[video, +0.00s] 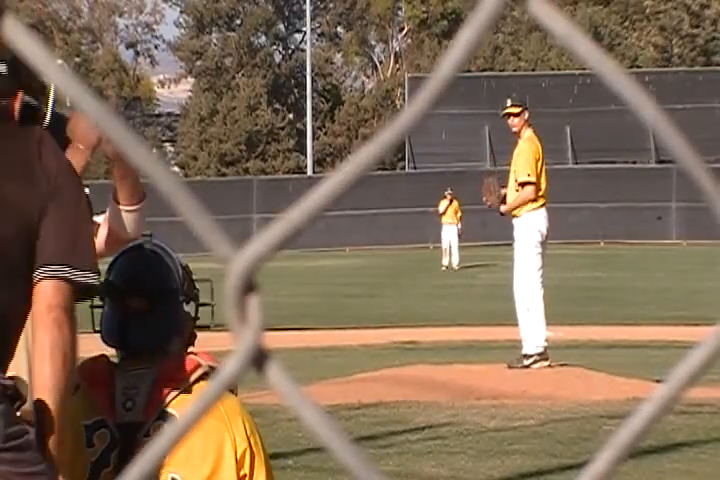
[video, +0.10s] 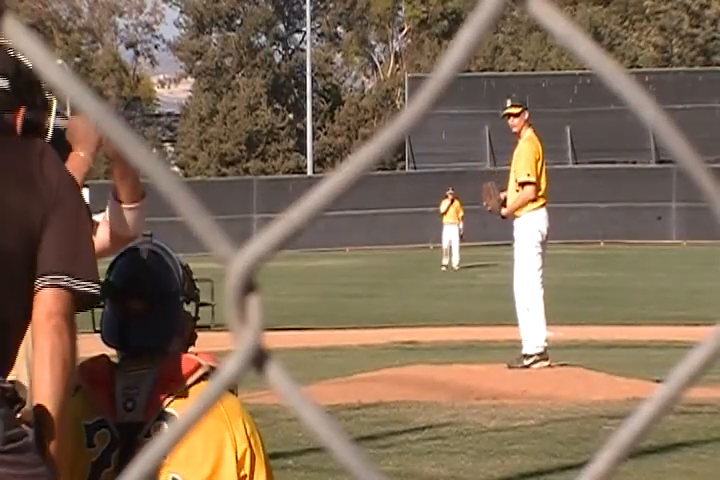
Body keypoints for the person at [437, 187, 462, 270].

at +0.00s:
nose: (449, 196)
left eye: (450, 194)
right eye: (448, 194)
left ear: (452, 194)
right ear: (445, 194)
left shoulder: (455, 202)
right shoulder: (443, 202)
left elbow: (458, 212)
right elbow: (440, 211)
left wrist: (459, 223)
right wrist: (447, 202)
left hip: (454, 224)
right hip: (445, 224)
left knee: (454, 244)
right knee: (445, 244)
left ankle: (455, 263)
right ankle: (445, 263)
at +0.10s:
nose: (451, 196)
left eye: (452, 194)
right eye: (449, 194)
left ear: (454, 194)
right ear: (447, 194)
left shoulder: (456, 202)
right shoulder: (444, 202)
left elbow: (460, 213)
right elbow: (442, 210)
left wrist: (461, 225)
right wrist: (449, 202)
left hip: (455, 224)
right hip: (446, 224)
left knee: (455, 244)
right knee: (445, 244)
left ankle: (455, 263)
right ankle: (444, 262)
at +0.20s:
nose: (452, 196)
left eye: (453, 194)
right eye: (450, 194)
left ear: (455, 195)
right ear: (448, 195)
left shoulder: (458, 203)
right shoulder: (445, 202)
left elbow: (461, 214)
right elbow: (443, 211)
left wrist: (463, 227)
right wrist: (450, 202)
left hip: (456, 224)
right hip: (448, 224)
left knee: (456, 244)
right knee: (446, 244)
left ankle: (455, 262)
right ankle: (445, 261)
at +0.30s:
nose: (452, 196)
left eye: (454, 194)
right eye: (451, 194)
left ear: (456, 195)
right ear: (449, 194)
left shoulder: (458, 203)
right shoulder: (446, 202)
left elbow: (462, 214)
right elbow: (443, 211)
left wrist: (464, 226)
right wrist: (450, 202)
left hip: (457, 224)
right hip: (448, 224)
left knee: (457, 244)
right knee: (447, 243)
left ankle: (456, 262)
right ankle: (446, 260)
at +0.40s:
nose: (453, 196)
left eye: (454, 194)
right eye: (451, 194)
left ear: (456, 195)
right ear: (449, 195)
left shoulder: (459, 203)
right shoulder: (447, 202)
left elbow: (463, 214)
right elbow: (443, 213)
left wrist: (465, 225)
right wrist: (450, 206)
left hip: (456, 224)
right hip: (448, 224)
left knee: (457, 244)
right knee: (448, 244)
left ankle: (455, 262)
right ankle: (448, 261)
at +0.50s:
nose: (453, 196)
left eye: (454, 194)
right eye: (452, 194)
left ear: (456, 195)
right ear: (449, 194)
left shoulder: (459, 203)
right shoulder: (446, 203)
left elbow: (463, 214)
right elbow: (442, 214)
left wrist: (465, 226)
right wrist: (448, 212)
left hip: (457, 224)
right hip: (449, 224)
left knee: (457, 244)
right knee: (449, 244)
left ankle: (456, 263)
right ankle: (449, 261)